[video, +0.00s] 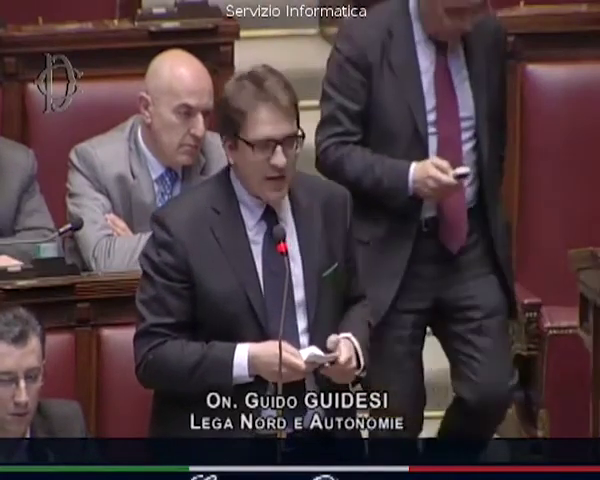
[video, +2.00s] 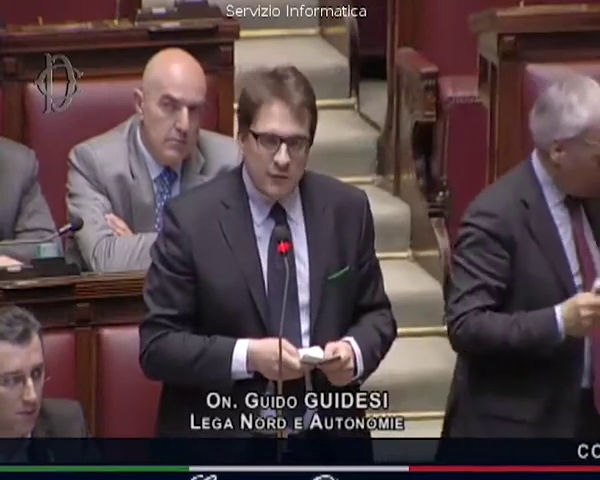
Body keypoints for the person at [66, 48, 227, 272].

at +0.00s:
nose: (199, 131)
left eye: (206, 114)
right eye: (185, 113)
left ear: (211, 110)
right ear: (146, 108)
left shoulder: (219, 154)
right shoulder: (92, 160)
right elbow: (105, 260)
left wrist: (137, 248)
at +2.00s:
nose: (184, 125)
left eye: (194, 109)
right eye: (169, 106)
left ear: (203, 108)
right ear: (139, 104)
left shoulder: (230, 157)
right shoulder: (91, 161)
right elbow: (105, 259)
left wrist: (138, 250)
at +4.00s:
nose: (186, 125)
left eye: (197, 110)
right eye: (172, 107)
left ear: (204, 109)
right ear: (141, 104)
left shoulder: (230, 157)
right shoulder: (91, 161)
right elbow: (105, 259)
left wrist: (138, 250)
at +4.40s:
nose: (186, 126)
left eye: (196, 110)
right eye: (172, 107)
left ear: (205, 109)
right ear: (140, 104)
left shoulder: (230, 157)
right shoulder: (91, 161)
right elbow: (105, 259)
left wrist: (138, 250)